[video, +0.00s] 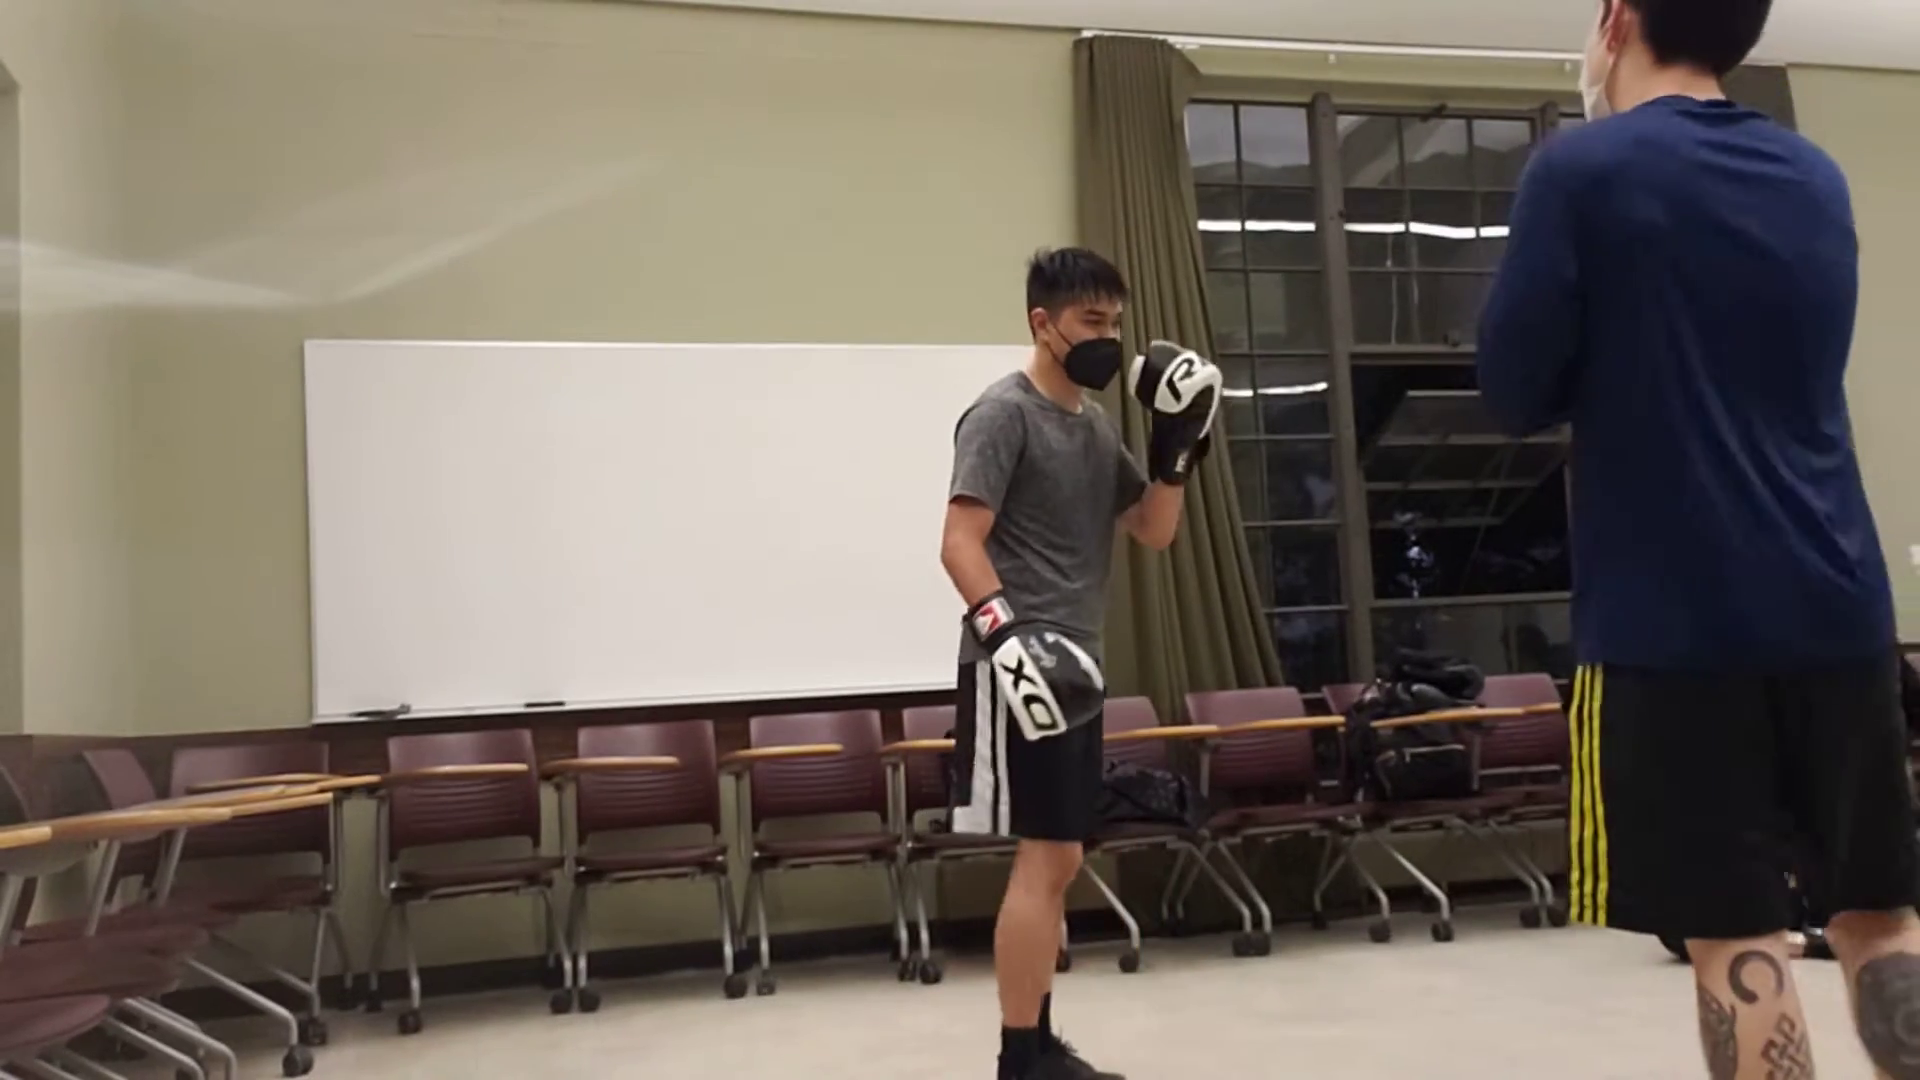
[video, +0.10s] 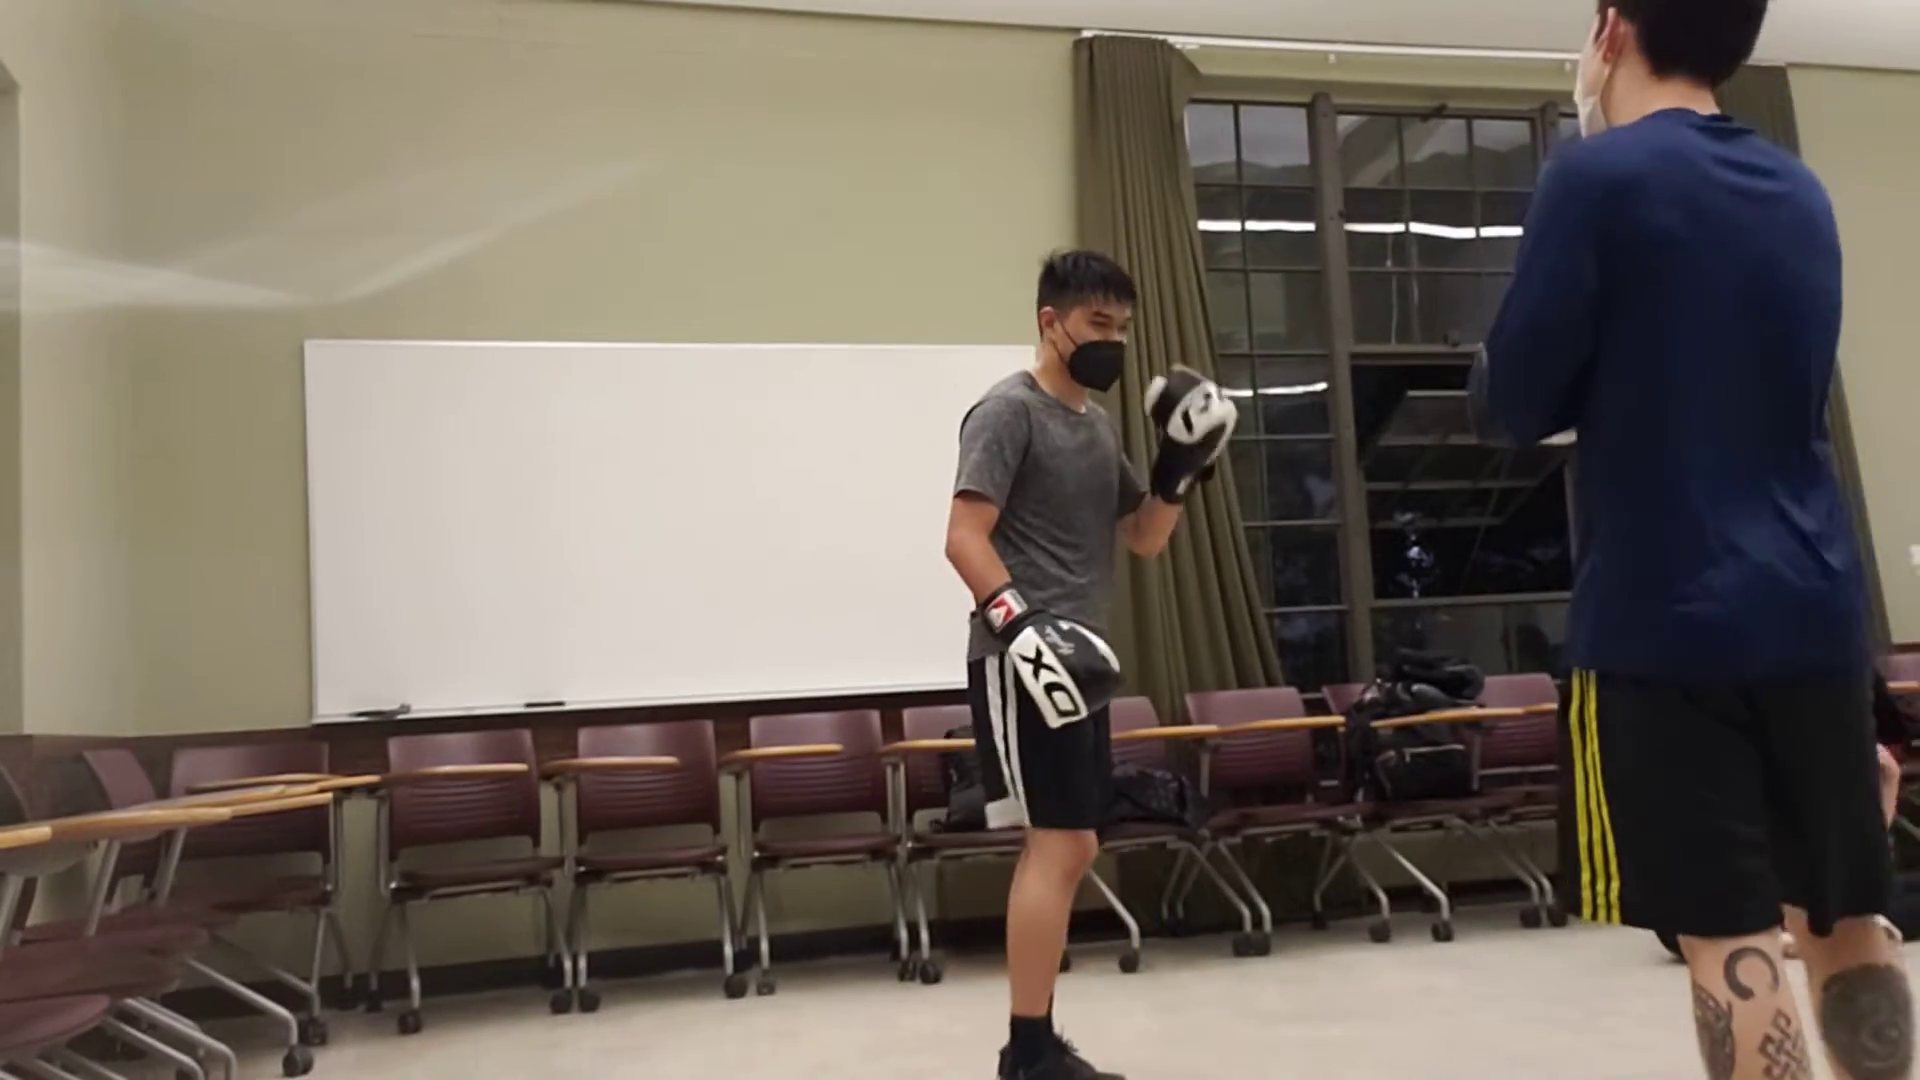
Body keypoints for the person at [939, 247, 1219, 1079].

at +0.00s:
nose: (1105, 337)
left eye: (1113, 324)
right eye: (1090, 321)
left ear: (1114, 327)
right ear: (1040, 320)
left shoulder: (1095, 426)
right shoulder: (1001, 415)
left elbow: (1155, 529)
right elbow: (960, 542)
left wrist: (1174, 440)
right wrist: (1006, 635)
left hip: (1073, 660)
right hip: (1025, 659)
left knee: (1063, 858)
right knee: (1044, 858)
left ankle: (1036, 1038)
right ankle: (1020, 1051)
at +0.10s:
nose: (1111, 340)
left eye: (1120, 327)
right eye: (1097, 323)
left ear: (1122, 330)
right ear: (1048, 320)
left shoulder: (1095, 425)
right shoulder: (1007, 411)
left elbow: (1144, 538)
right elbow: (965, 538)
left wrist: (1178, 467)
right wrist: (1021, 628)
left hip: (1072, 649)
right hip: (1026, 647)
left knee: (1073, 846)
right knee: (1058, 844)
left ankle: (1034, 1039)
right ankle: (1028, 1045)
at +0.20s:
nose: (1119, 344)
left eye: (1128, 331)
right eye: (1105, 327)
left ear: (1132, 333)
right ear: (1055, 321)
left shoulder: (1097, 424)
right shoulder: (1012, 411)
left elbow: (1114, 549)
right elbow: (967, 533)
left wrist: (1179, 510)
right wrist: (1030, 624)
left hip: (1075, 648)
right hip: (1034, 645)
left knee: (1058, 841)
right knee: (1085, 836)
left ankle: (1032, 1041)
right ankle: (1035, 1044)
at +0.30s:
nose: (1125, 345)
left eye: (1134, 333)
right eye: (1110, 329)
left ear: (1138, 337)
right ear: (1064, 325)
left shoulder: (1097, 423)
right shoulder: (1022, 411)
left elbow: (1089, 544)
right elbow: (969, 534)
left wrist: (1167, 554)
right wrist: (1038, 624)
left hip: (1078, 650)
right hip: (1040, 650)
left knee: (1055, 845)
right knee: (1110, 828)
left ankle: (1029, 1047)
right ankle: (1050, 1050)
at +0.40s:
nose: (1136, 343)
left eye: (1145, 330)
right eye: (1123, 324)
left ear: (1147, 335)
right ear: (1074, 320)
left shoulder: (1099, 417)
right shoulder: (1030, 405)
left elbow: (1082, 542)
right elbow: (972, 526)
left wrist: (1145, 577)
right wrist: (1053, 605)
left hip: (1083, 644)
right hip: (1045, 645)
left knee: (1062, 841)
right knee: (1127, 829)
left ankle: (1032, 1043)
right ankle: (1074, 1050)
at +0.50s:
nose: (1149, 335)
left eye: (1158, 322)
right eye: (1136, 317)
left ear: (1150, 328)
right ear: (1084, 313)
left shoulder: (1102, 409)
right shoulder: (1046, 398)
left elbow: (1085, 530)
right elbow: (984, 510)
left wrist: (1135, 569)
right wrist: (1085, 562)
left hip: (1086, 645)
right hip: (1060, 648)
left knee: (1066, 843)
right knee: (1125, 841)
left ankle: (1037, 1037)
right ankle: (1122, 1060)